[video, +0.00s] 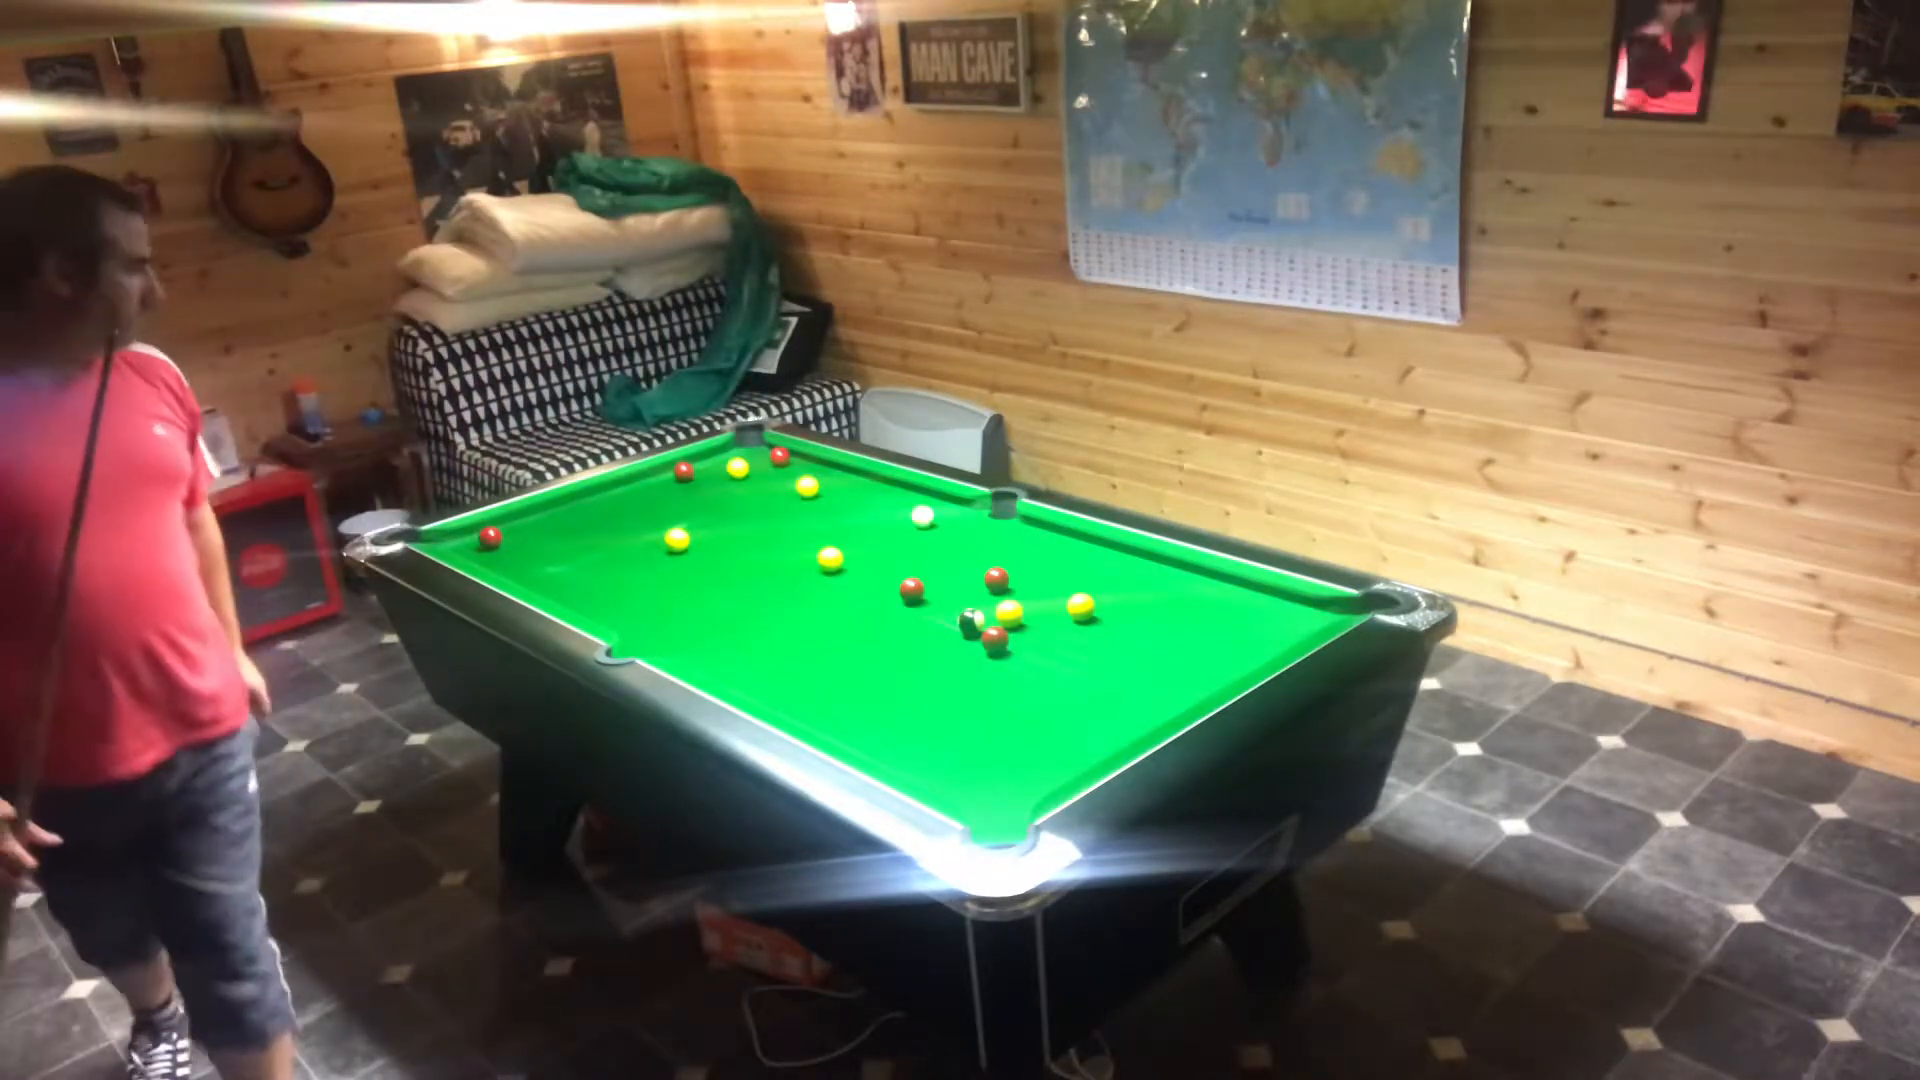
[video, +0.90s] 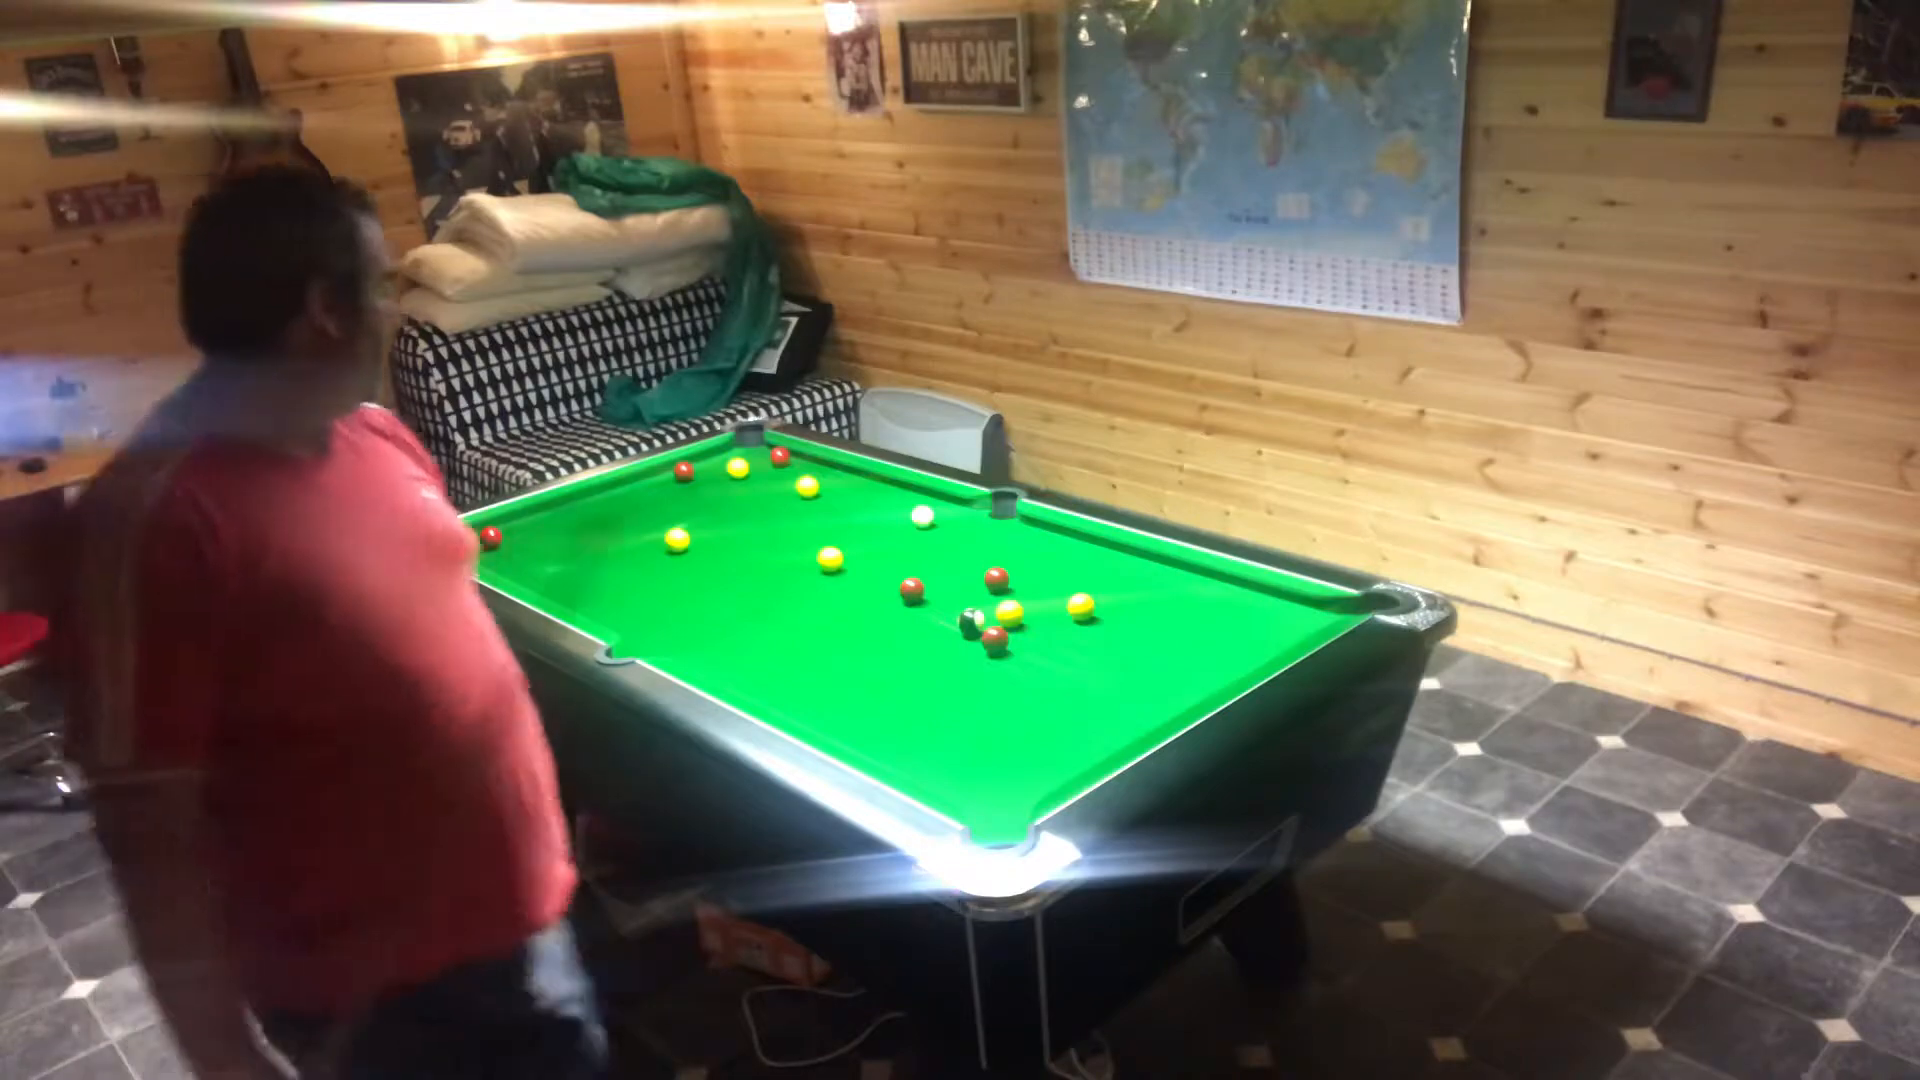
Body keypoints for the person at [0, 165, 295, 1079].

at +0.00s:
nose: (155, 290)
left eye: (153, 266)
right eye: (135, 267)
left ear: (72, 278)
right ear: (56, 278)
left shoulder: (154, 380)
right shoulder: (5, 405)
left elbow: (199, 520)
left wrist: (233, 649)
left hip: (197, 737)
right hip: (54, 772)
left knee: (234, 968)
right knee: (114, 938)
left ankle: (274, 1073)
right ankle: (161, 1017)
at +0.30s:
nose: (225, 288)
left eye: (220, 262)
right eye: (207, 263)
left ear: (141, 273)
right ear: (131, 273)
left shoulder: (212, 388)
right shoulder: (11, 402)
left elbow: (279, 545)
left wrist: (346, 697)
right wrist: (5, 840)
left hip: (274, 801)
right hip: (116, 841)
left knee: (291, 1040)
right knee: (187, 1062)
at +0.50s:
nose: (267, 292)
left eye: (262, 265)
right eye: (249, 265)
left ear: (183, 280)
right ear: (178, 279)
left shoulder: (252, 402)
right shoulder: (26, 427)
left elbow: (337, 562)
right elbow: (0, 702)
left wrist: (439, 713)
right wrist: (35, 910)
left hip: (324, 839)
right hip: (183, 876)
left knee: (321, 1057)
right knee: (320, 1067)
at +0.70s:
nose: (324, 314)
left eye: (316, 288)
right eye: (307, 290)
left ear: (251, 308)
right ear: (242, 309)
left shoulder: (301, 427)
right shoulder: (84, 498)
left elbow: (398, 591)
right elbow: (45, 789)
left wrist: (502, 752)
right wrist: (108, 1025)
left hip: (397, 883)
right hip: (278, 943)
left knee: (393, 1056)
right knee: (401, 1067)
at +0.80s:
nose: (361, 317)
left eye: (356, 291)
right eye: (345, 291)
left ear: (278, 312)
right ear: (281, 310)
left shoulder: (337, 433)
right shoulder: (107, 505)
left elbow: (419, 613)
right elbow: (95, 807)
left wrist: (510, 778)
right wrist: (160, 1047)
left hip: (453, 902)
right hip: (323, 966)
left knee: (461, 1051)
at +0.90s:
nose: (400, 313)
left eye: (395, 287)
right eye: (386, 288)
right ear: (324, 311)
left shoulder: (377, 437)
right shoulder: (153, 513)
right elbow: (149, 829)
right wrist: (229, 1057)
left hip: (530, 942)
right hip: (375, 1006)